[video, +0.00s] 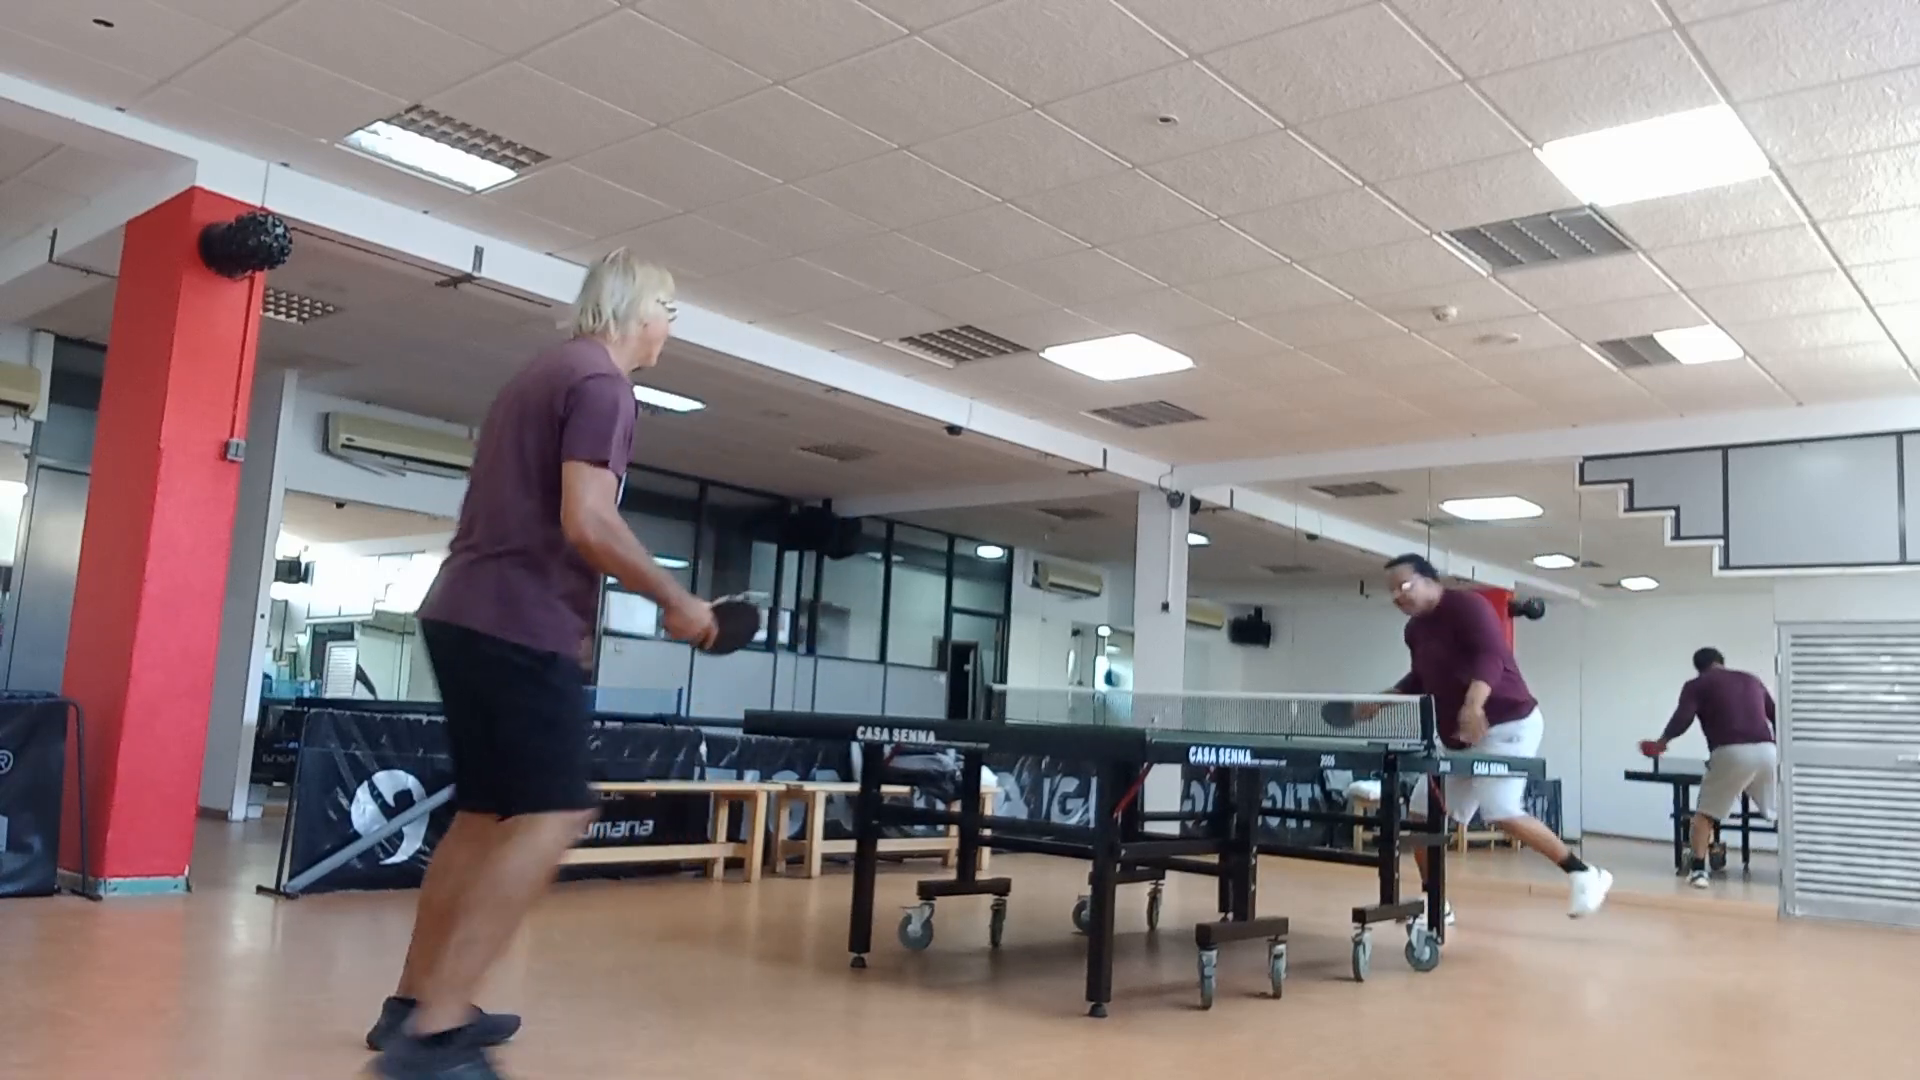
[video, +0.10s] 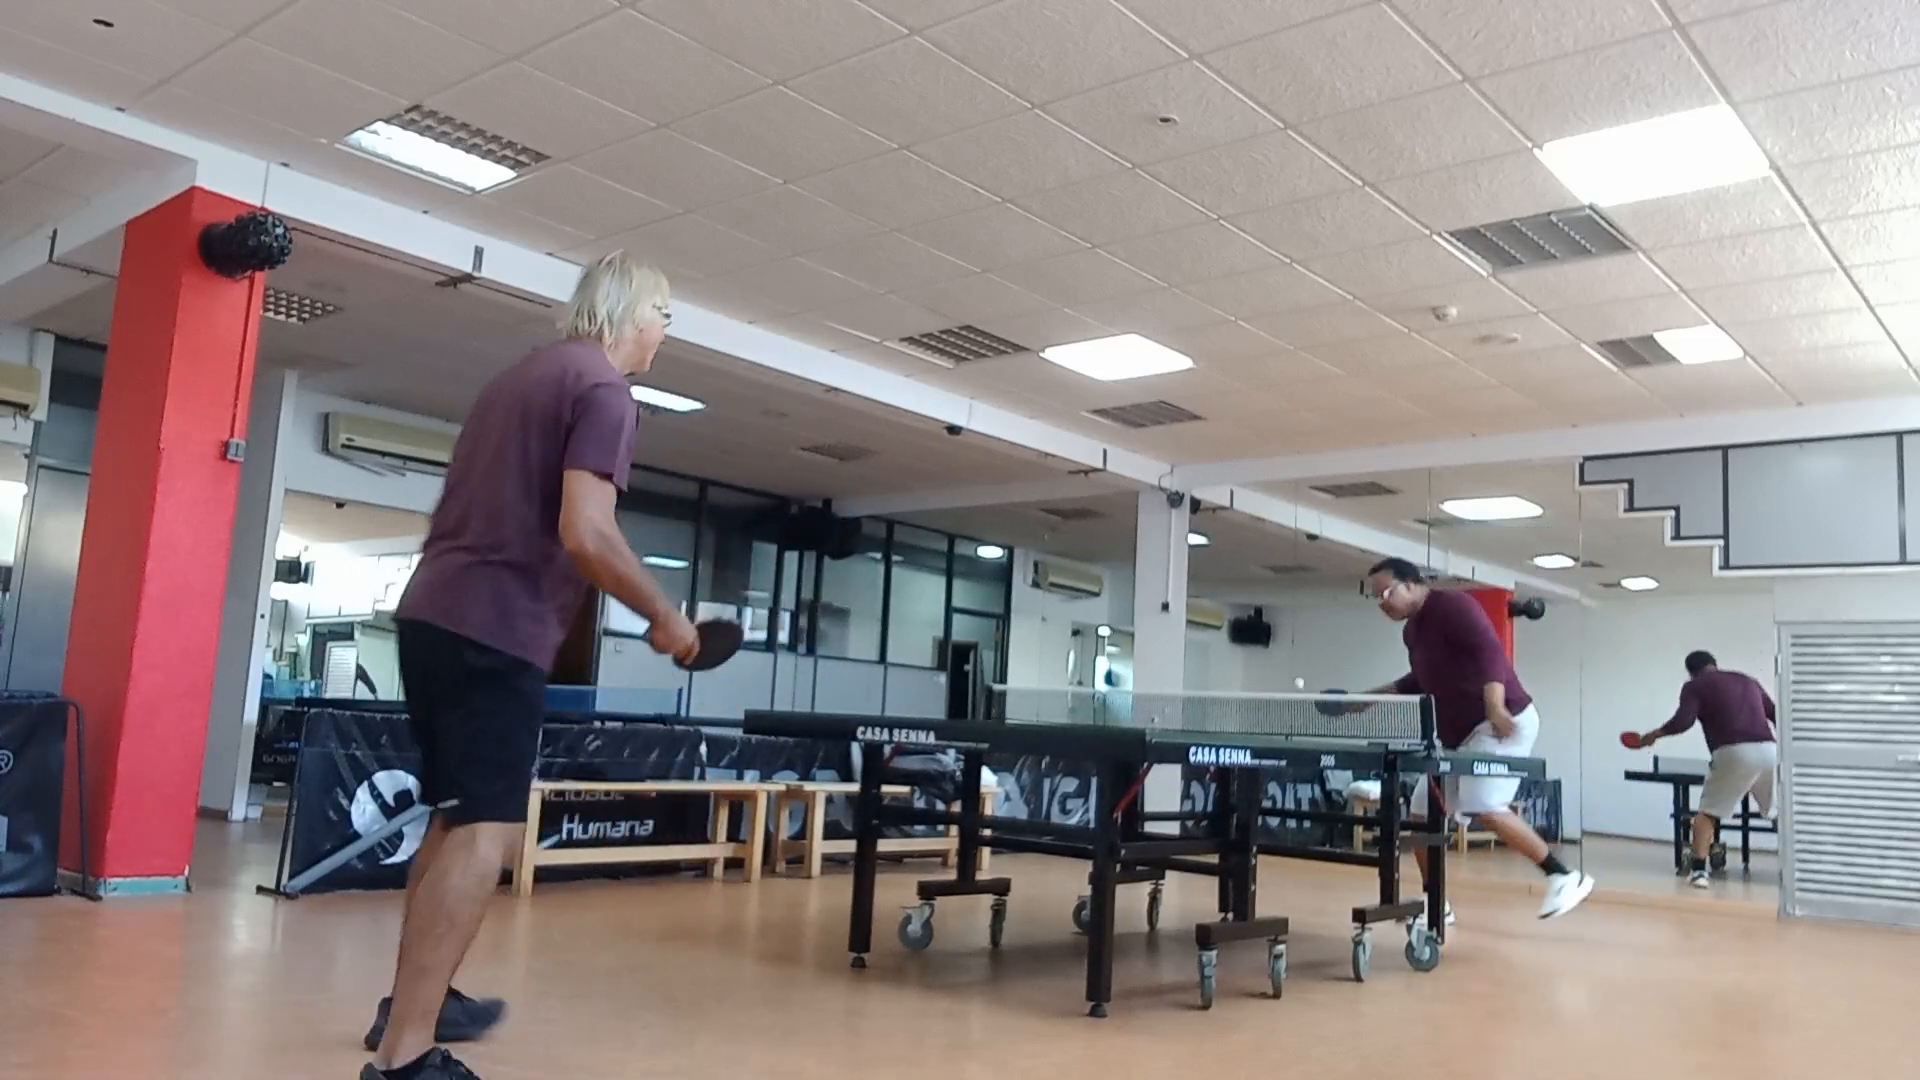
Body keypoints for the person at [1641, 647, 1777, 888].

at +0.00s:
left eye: (1699, 670)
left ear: (1698, 668)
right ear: (1722, 662)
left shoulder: (1696, 685)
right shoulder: (1751, 680)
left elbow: (1683, 718)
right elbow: (1777, 716)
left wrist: (1662, 742)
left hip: (1731, 754)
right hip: (1768, 752)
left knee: (1704, 815)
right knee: (1781, 813)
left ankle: (1699, 870)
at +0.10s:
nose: (1693, 678)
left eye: (1691, 674)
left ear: (1691, 672)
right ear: (1715, 664)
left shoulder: (1694, 686)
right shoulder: (1746, 680)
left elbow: (1684, 721)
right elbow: (1777, 715)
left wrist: (1655, 734)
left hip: (1733, 753)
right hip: (1769, 751)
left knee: (1707, 812)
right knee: (1782, 812)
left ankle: (1700, 871)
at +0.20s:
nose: (1691, 681)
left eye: (1689, 677)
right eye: (1690, 678)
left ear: (1691, 674)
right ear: (1714, 667)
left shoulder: (1697, 686)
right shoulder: (1746, 680)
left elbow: (1686, 726)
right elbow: (1775, 712)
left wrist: (1656, 735)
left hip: (1739, 753)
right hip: (1771, 752)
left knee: (1710, 811)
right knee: (1783, 818)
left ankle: (1700, 871)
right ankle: (1798, 871)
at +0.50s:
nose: (1717, 682)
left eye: (1715, 678)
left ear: (1715, 675)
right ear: (1739, 669)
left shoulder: (1714, 693)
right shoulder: (1768, 686)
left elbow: (1696, 729)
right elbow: (1787, 713)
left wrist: (1696, 736)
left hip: (1752, 764)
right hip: (1784, 762)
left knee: (1719, 816)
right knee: (1786, 817)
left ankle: (1711, 867)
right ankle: (1798, 864)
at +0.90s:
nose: (1744, 665)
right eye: (1745, 662)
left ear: (1720, 660)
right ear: (1746, 660)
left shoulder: (1703, 681)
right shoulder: (1762, 680)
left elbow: (1687, 719)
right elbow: (1785, 712)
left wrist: (1700, 737)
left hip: (1719, 755)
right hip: (1757, 755)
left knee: (1699, 813)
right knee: (1779, 818)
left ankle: (1682, 867)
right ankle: (1798, 871)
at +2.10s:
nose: (1738, 669)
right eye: (1739, 665)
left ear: (1711, 662)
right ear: (1736, 662)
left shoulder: (1692, 682)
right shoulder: (1742, 675)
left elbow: (1698, 719)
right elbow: (1773, 704)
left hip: (1705, 751)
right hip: (1743, 749)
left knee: (1690, 812)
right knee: (1774, 813)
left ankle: (1671, 867)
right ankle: (1793, 870)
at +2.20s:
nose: (1734, 667)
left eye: (1734, 665)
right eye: (1733, 664)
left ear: (1706, 661)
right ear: (1730, 661)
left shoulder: (1690, 677)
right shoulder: (1732, 671)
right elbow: (1763, 684)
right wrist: (1780, 695)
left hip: (1699, 750)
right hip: (1734, 748)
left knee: (1689, 812)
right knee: (1772, 812)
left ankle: (1670, 868)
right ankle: (1792, 867)